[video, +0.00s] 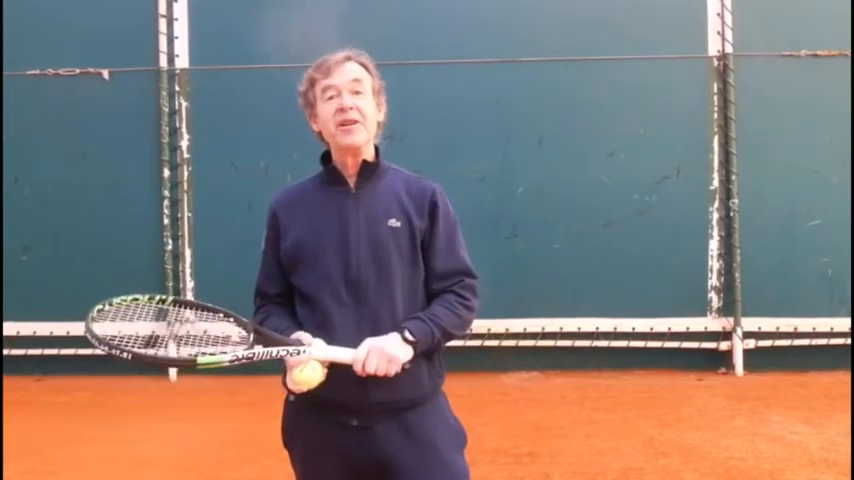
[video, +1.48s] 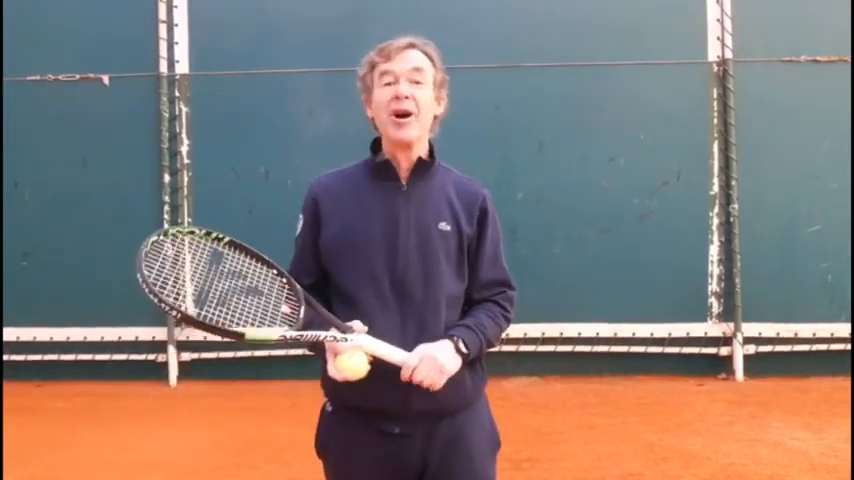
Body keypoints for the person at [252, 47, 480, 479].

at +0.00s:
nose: (345, 102)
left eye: (357, 91)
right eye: (330, 95)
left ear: (380, 109)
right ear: (315, 120)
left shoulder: (423, 199)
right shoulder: (287, 209)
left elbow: (460, 295)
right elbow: (269, 306)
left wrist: (404, 339)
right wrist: (295, 344)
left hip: (415, 422)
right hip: (321, 427)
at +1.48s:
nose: (402, 91)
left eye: (416, 80)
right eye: (387, 81)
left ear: (438, 102)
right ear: (369, 104)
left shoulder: (470, 200)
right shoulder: (327, 196)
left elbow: (496, 300)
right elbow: (302, 296)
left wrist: (454, 347)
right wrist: (331, 340)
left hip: (456, 428)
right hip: (359, 427)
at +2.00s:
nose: (441, 99)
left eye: (456, 87)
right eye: (427, 87)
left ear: (478, 104)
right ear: (407, 103)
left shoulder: (507, 203)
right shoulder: (363, 195)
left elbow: (538, 303)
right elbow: (337, 296)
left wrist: (510, 320)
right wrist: (359, 347)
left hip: (483, 432)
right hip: (385, 426)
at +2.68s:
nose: (441, 98)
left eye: (457, 85)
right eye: (426, 85)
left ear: (479, 102)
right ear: (406, 101)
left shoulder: (510, 202)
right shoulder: (367, 187)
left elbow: (534, 313)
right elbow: (340, 282)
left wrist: (454, 352)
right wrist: (350, 329)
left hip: (469, 434)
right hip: (369, 428)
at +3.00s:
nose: (403, 89)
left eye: (416, 76)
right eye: (388, 79)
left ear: (439, 95)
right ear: (369, 103)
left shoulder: (479, 193)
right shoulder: (335, 188)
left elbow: (510, 298)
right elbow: (310, 288)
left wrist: (444, 338)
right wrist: (332, 334)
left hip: (451, 428)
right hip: (352, 425)